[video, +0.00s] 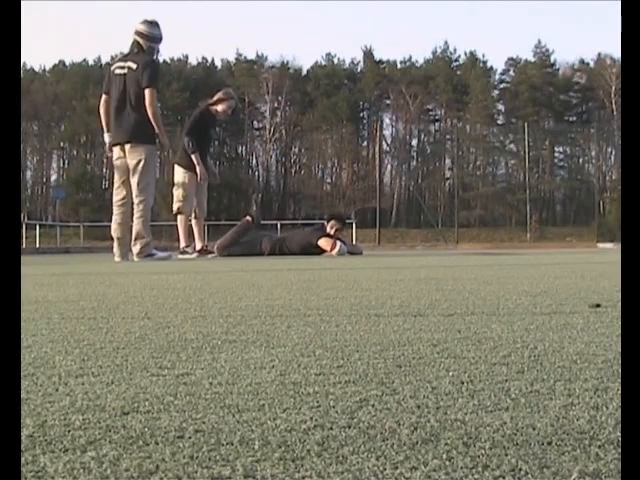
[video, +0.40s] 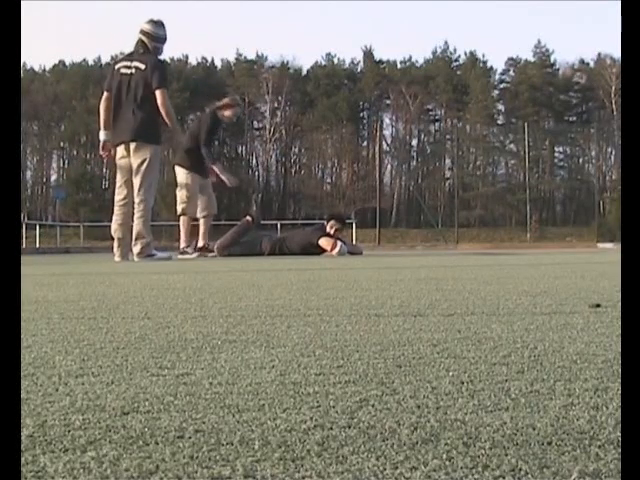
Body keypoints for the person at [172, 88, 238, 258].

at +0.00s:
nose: (228, 112)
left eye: (231, 109)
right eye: (228, 107)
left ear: (225, 106)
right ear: (219, 102)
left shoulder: (211, 119)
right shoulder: (201, 113)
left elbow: (202, 149)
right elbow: (188, 139)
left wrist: (210, 166)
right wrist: (198, 165)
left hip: (198, 167)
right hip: (185, 165)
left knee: (199, 208)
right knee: (184, 206)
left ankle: (200, 245)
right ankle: (184, 245)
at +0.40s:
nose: (232, 118)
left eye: (235, 115)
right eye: (233, 114)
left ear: (227, 111)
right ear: (225, 108)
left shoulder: (216, 121)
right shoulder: (209, 118)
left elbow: (204, 149)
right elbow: (205, 148)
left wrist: (208, 171)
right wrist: (222, 174)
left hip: (200, 167)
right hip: (186, 164)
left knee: (207, 206)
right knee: (186, 205)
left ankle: (202, 244)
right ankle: (184, 246)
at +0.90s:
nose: (253, 144)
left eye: (257, 143)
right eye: (254, 138)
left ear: (257, 145)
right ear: (249, 131)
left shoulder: (237, 144)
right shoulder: (233, 143)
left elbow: (241, 175)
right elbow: (239, 178)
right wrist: (255, 201)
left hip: (205, 168)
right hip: (194, 165)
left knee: (214, 208)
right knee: (204, 205)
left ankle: (207, 246)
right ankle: (185, 240)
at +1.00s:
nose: (259, 148)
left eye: (262, 146)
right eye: (258, 143)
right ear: (250, 137)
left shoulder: (242, 149)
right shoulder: (237, 146)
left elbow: (246, 178)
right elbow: (242, 181)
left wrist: (257, 203)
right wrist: (257, 205)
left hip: (207, 166)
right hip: (198, 164)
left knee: (215, 208)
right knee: (208, 204)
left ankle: (208, 246)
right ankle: (192, 238)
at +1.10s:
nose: (261, 151)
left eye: (264, 151)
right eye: (262, 146)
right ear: (255, 139)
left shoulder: (244, 151)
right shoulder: (239, 148)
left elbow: (247, 180)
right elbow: (244, 181)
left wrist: (258, 206)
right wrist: (258, 208)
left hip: (208, 166)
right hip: (199, 163)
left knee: (216, 206)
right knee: (211, 203)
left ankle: (209, 243)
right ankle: (200, 240)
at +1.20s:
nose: (268, 160)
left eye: (270, 157)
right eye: (267, 155)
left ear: (257, 147)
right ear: (259, 148)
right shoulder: (242, 152)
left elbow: (249, 187)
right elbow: (248, 187)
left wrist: (260, 213)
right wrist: (263, 214)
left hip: (202, 164)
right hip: (204, 165)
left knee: (211, 207)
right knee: (216, 203)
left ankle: (208, 245)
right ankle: (214, 244)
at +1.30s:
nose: (270, 158)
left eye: (271, 155)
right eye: (269, 154)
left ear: (260, 148)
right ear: (261, 149)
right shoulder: (244, 153)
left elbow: (251, 188)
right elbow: (251, 187)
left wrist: (261, 215)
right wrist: (265, 217)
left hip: (202, 164)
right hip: (207, 165)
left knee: (211, 209)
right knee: (218, 205)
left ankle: (208, 246)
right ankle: (218, 246)